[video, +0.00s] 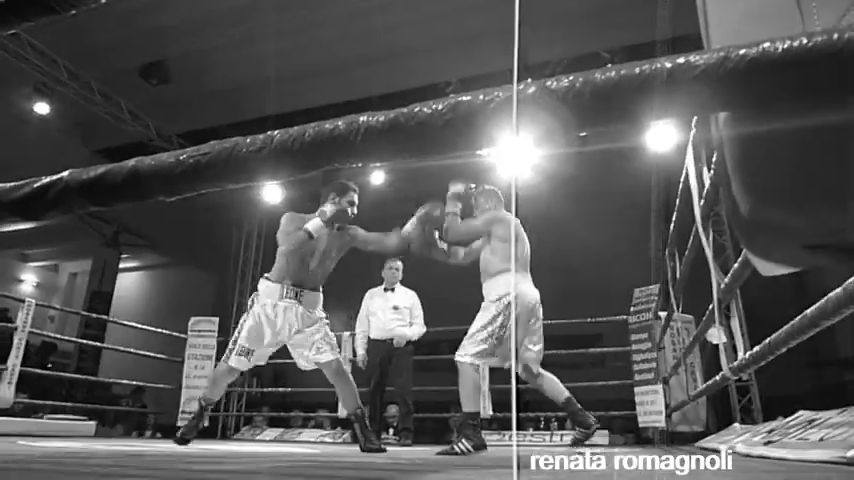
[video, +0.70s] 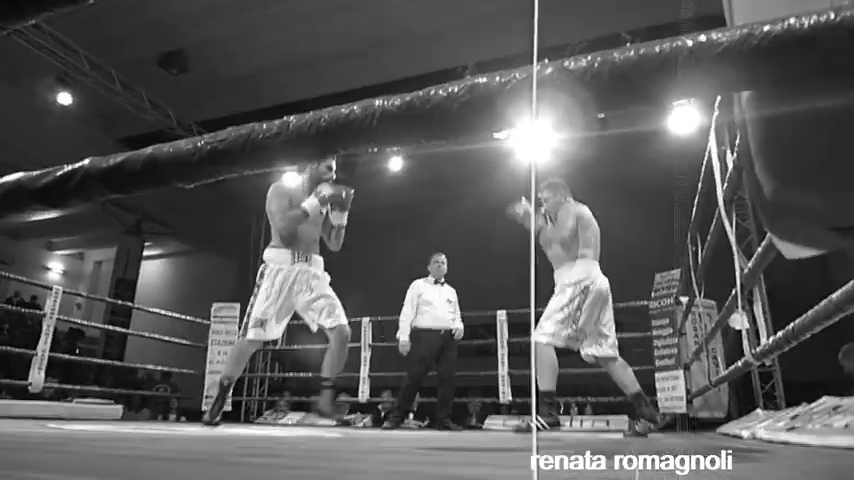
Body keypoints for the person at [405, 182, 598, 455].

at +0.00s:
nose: (475, 209)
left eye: (477, 203)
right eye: (475, 204)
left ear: (489, 200)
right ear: (497, 202)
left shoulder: (497, 218)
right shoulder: (499, 232)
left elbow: (451, 233)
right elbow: (462, 256)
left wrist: (453, 199)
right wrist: (428, 247)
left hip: (505, 297)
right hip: (527, 299)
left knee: (467, 358)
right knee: (529, 369)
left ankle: (470, 434)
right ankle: (582, 418)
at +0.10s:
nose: (480, 224)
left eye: (483, 217)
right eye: (479, 220)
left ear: (496, 214)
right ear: (495, 219)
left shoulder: (509, 235)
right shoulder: (496, 247)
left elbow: (465, 252)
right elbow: (470, 278)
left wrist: (458, 218)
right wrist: (439, 261)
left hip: (509, 310)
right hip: (521, 311)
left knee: (465, 365)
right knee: (528, 382)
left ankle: (467, 443)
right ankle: (590, 430)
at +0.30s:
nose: (530, 244)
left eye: (533, 237)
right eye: (529, 239)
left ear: (549, 235)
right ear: (545, 237)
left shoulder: (565, 254)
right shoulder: (546, 264)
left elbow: (537, 283)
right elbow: (528, 299)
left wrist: (523, 256)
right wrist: (519, 262)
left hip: (568, 323)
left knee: (533, 383)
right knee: (586, 398)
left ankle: (518, 455)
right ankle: (629, 452)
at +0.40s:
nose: (533, 236)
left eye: (536, 230)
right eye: (532, 231)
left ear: (551, 226)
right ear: (549, 227)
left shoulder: (562, 240)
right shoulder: (553, 253)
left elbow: (529, 266)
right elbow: (538, 289)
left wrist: (517, 239)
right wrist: (520, 244)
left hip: (573, 312)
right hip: (587, 314)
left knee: (544, 375)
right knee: (594, 388)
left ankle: (544, 450)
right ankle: (630, 447)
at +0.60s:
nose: (544, 235)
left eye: (546, 228)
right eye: (542, 230)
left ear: (561, 224)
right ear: (567, 227)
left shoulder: (569, 240)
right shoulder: (588, 244)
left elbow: (555, 271)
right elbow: (556, 273)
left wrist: (530, 248)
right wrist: (536, 251)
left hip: (584, 310)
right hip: (604, 310)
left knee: (546, 368)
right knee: (616, 381)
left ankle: (562, 439)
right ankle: (654, 439)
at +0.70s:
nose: (541, 205)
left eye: (544, 199)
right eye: (540, 200)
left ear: (560, 197)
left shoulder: (572, 209)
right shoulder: (552, 223)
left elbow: (562, 237)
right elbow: (543, 239)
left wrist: (537, 220)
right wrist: (530, 220)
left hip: (577, 283)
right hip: (595, 285)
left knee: (543, 339)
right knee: (606, 353)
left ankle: (547, 412)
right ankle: (644, 410)